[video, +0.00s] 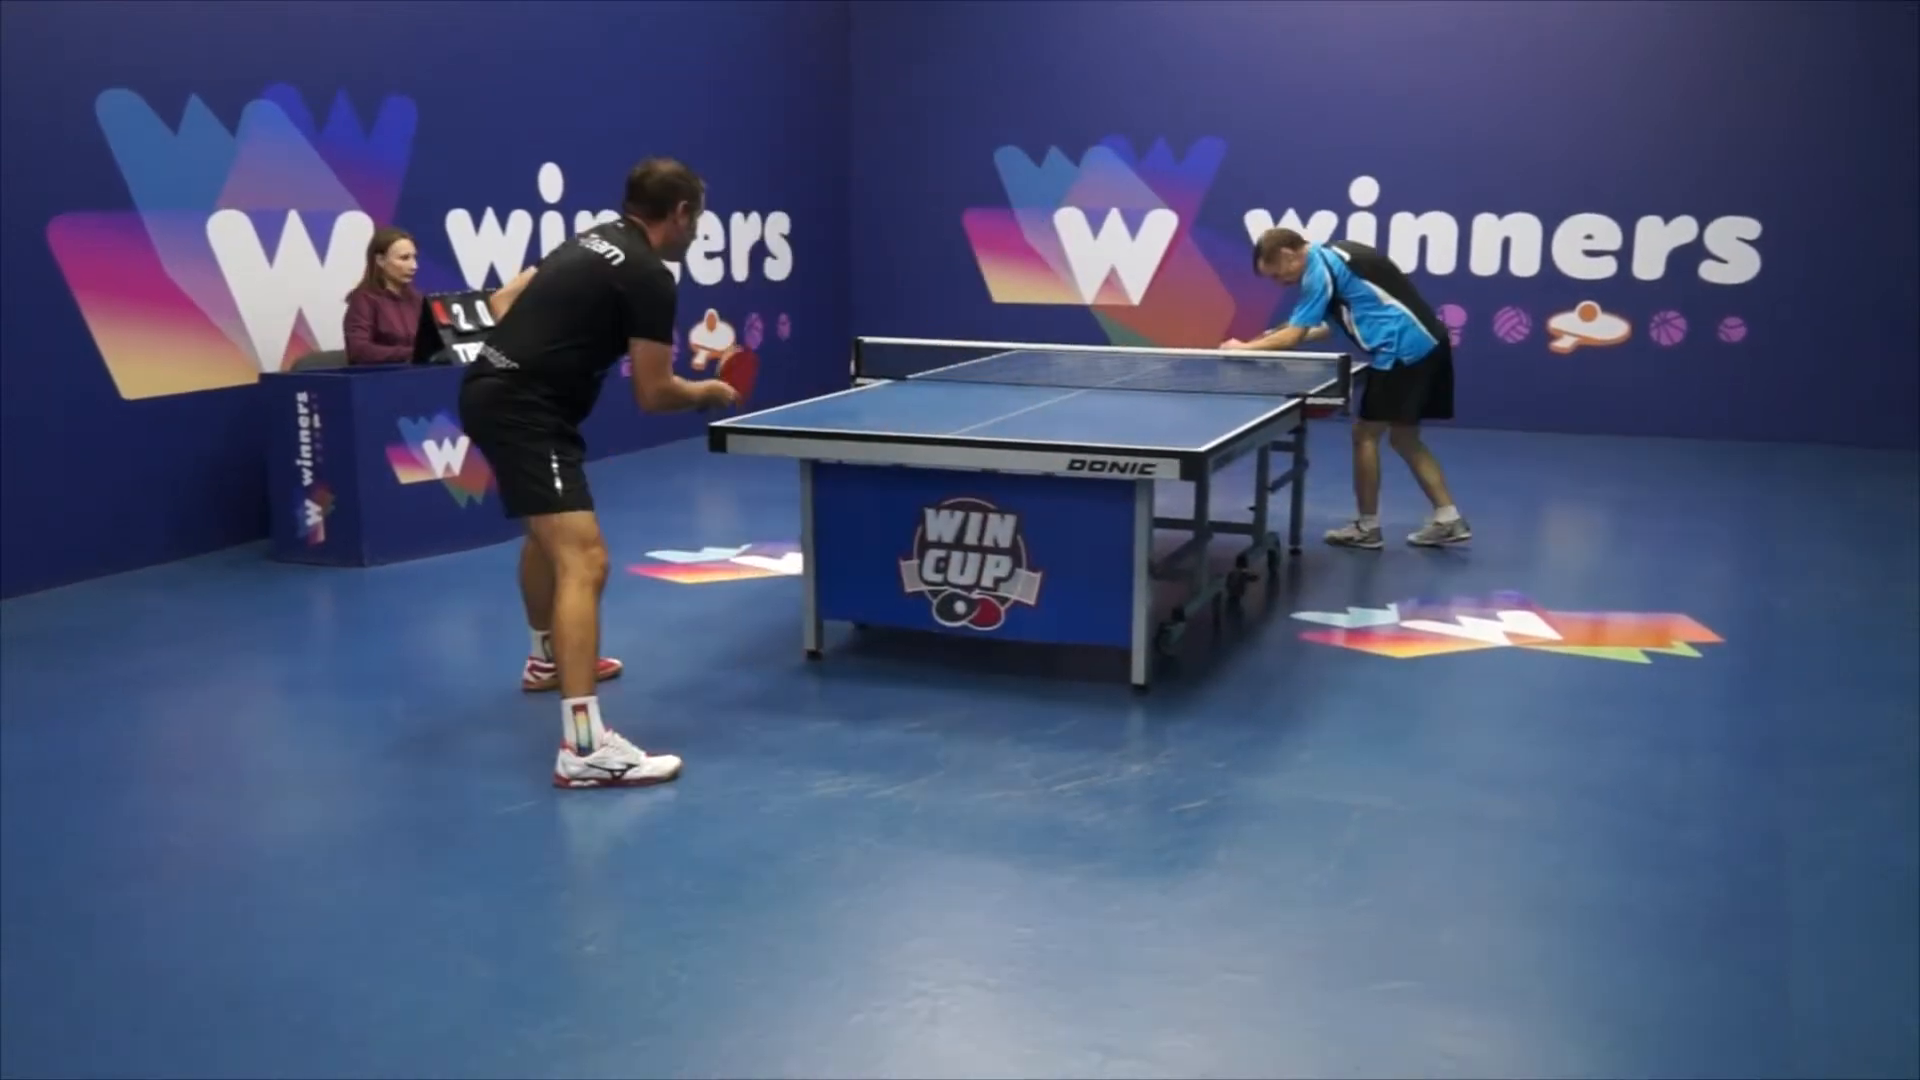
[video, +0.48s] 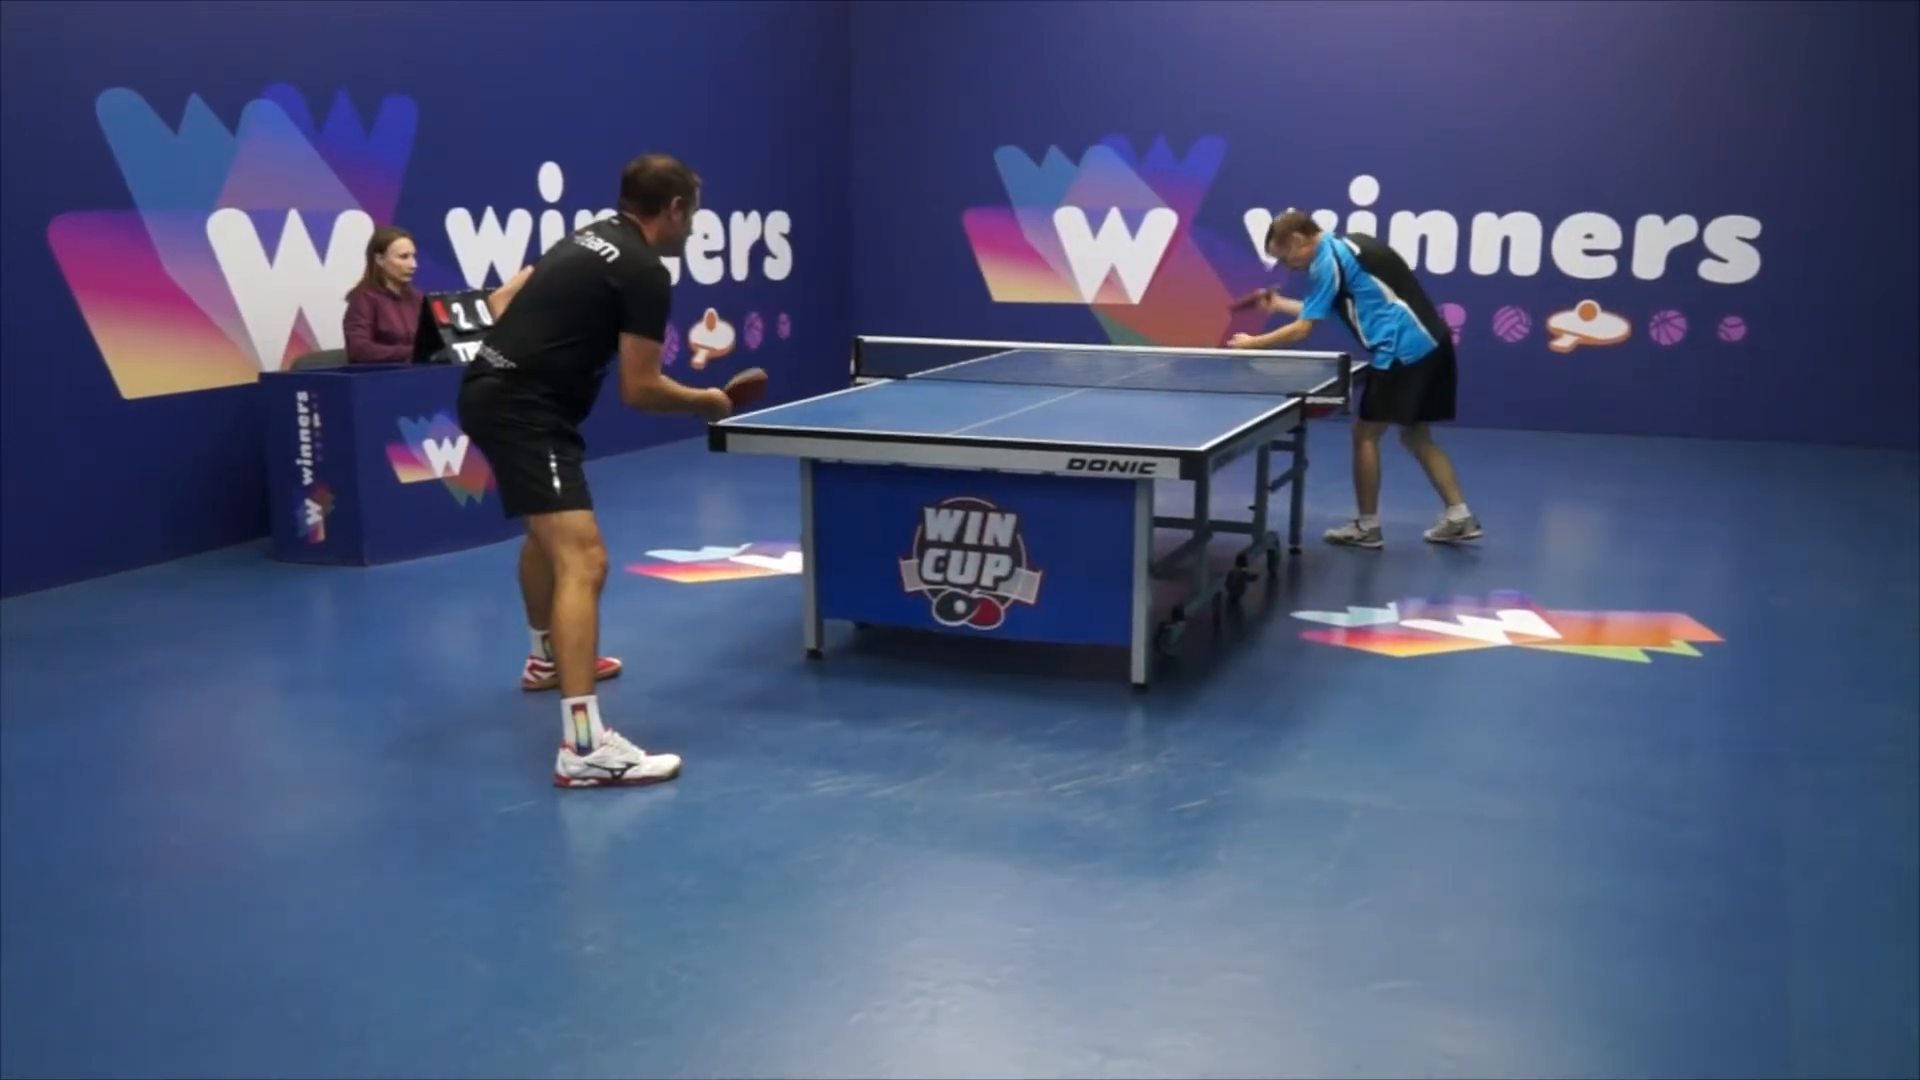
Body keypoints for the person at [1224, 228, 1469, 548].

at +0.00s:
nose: (1282, 281)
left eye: (1277, 274)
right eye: (1275, 277)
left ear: (1289, 253)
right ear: (1292, 251)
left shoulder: (1320, 265)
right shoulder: (1339, 255)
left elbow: (1293, 334)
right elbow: (1325, 327)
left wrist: (1245, 347)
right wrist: (1275, 336)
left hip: (1400, 350)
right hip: (1426, 345)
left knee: (1365, 436)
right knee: (1404, 437)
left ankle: (1367, 526)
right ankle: (1449, 518)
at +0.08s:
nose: (1281, 282)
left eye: (1277, 274)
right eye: (1274, 278)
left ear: (1289, 253)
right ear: (1292, 251)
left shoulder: (1320, 265)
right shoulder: (1338, 255)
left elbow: (1293, 333)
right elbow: (1325, 327)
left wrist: (1245, 347)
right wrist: (1267, 340)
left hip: (1399, 350)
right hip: (1426, 344)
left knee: (1364, 435)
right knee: (1404, 437)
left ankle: (1367, 526)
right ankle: (1448, 518)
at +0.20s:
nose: (1281, 281)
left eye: (1277, 274)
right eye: (1275, 277)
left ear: (1290, 253)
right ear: (1293, 251)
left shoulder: (1319, 265)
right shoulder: (1339, 255)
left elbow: (1292, 335)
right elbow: (1328, 326)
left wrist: (1245, 349)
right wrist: (1277, 334)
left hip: (1399, 351)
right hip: (1426, 345)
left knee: (1364, 435)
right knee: (1404, 437)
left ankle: (1367, 525)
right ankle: (1449, 518)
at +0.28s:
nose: (1282, 279)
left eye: (1278, 271)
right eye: (1276, 274)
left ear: (1292, 251)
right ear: (1296, 249)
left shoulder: (1321, 265)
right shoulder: (1340, 254)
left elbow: (1292, 333)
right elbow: (1329, 324)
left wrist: (1245, 349)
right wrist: (1285, 329)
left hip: (1399, 351)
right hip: (1426, 344)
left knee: (1364, 435)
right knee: (1404, 436)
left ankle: (1367, 526)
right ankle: (1450, 517)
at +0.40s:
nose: (1283, 270)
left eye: (1280, 262)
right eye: (1277, 265)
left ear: (1296, 244)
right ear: (1300, 243)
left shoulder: (1325, 261)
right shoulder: (1346, 249)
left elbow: (1300, 329)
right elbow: (1336, 314)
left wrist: (1250, 344)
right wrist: (1292, 317)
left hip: (1398, 349)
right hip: (1427, 342)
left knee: (1365, 434)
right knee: (1410, 435)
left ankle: (1367, 524)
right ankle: (1455, 515)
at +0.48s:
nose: (1287, 265)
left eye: (1285, 257)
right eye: (1282, 260)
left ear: (1300, 239)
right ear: (1304, 237)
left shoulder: (1328, 258)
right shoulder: (1348, 246)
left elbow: (1302, 328)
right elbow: (1327, 308)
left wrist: (1253, 342)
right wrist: (1278, 303)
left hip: (1399, 352)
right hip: (1430, 344)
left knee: (1365, 434)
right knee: (1416, 436)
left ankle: (1367, 525)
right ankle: (1460, 516)